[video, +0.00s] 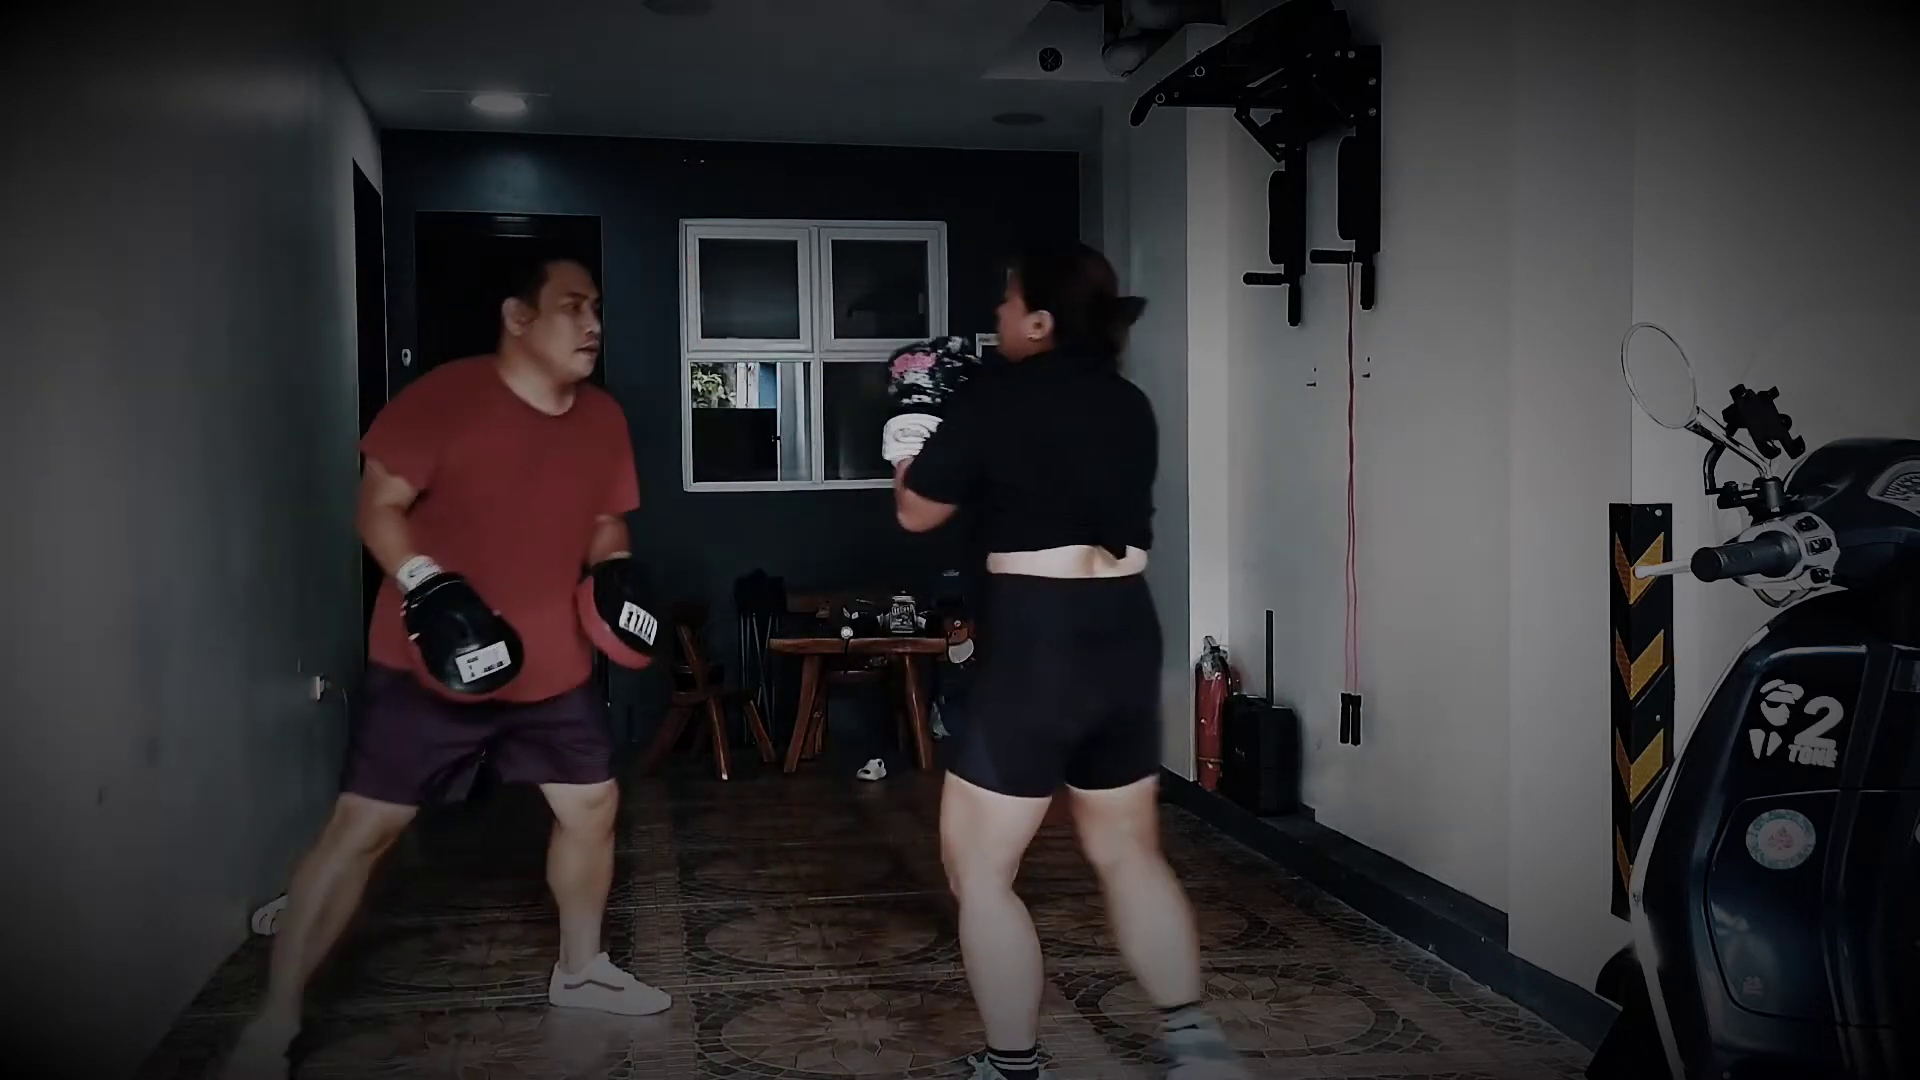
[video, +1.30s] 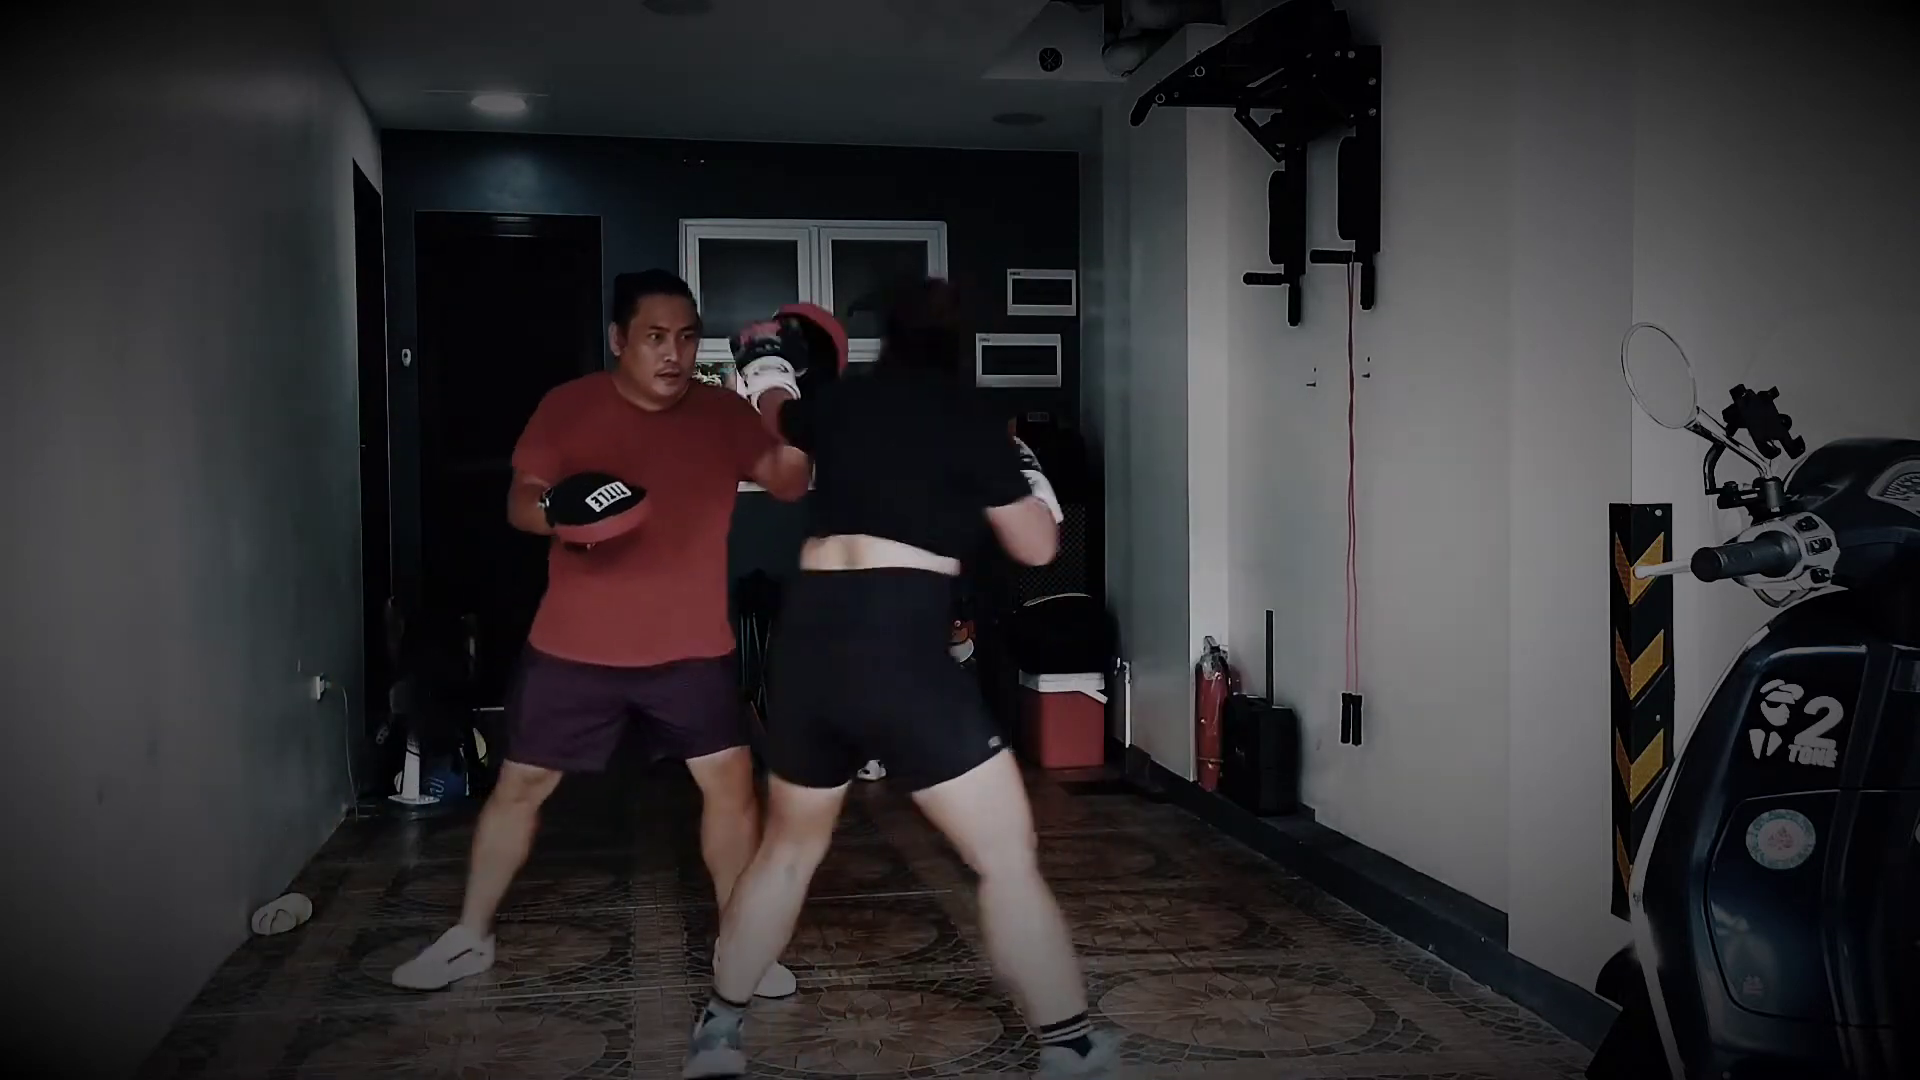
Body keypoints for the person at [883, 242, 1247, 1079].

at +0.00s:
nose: (998, 312)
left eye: (1010, 300)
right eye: (1005, 297)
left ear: (1044, 318)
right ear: (1090, 318)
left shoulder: (995, 399)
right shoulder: (1129, 404)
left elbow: (916, 510)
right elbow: (1088, 501)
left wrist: (915, 451)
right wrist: (964, 441)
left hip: (1030, 655)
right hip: (1128, 649)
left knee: (980, 868)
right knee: (1129, 852)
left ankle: (1013, 1063)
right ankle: (1194, 1039)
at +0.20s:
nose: (1058, 353)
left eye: (1065, 340)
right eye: (1062, 337)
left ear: (1098, 354)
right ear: (1151, 353)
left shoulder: (1069, 441)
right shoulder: (1199, 442)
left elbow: (1010, 569)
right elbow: (1191, 560)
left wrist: (990, 516)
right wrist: (1045, 509)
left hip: (1102, 697)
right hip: (1206, 692)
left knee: (969, 848)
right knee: (1215, 902)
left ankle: (996, 1046)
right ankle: (1273, 1070)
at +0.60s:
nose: (1027, 350)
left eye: (1032, 336)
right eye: (1030, 335)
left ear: (1054, 344)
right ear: (1118, 339)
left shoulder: (1024, 427)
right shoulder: (1163, 428)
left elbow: (938, 522)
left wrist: (946, 433)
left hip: (1053, 686)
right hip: (1158, 679)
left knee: (961, 893)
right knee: (1196, 901)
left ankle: (887, 1061)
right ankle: (1268, 1067)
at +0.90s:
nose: (941, 347)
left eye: (942, 334)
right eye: (942, 334)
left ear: (961, 335)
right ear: (1031, 332)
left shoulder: (943, 415)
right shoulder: (1077, 416)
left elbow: (867, 528)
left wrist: (863, 464)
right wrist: (909, 465)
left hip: (976, 668)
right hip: (1081, 666)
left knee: (901, 869)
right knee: (1095, 871)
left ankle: (881, 1055)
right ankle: (1143, 1048)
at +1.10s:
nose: (931, 382)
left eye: (932, 370)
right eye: (933, 369)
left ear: (947, 373)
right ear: (1016, 367)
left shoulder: (930, 447)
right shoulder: (1076, 448)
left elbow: (872, 568)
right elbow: (1089, 570)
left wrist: (843, 517)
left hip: (924, 684)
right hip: (1033, 695)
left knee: (843, 801)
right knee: (1080, 884)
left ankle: (818, 961)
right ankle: (1119, 1059)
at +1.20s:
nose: (915, 356)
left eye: (917, 345)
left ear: (927, 353)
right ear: (1007, 355)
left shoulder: (882, 422)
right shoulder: (1048, 437)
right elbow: (1083, 555)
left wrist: (772, 451)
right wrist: (1021, 508)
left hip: (864, 667)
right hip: (975, 677)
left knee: (821, 811)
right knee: (1050, 871)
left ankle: (766, 977)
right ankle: (1112, 1048)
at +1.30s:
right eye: (960, 332)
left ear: (885, 338)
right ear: (960, 345)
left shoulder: (833, 405)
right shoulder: (970, 421)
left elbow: (782, 468)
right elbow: (1038, 545)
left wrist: (773, 391)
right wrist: (1022, 468)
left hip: (805, 654)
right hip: (909, 660)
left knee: (788, 846)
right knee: (1007, 861)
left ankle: (717, 1030)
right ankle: (1070, 1047)